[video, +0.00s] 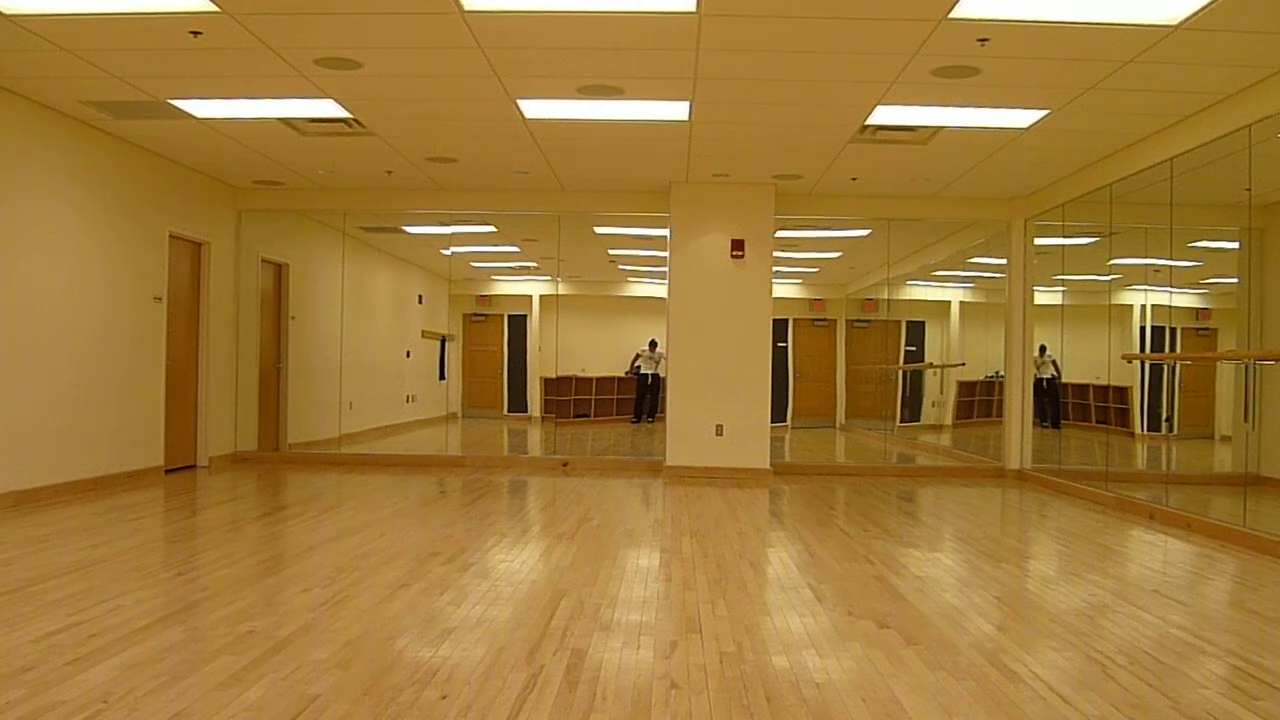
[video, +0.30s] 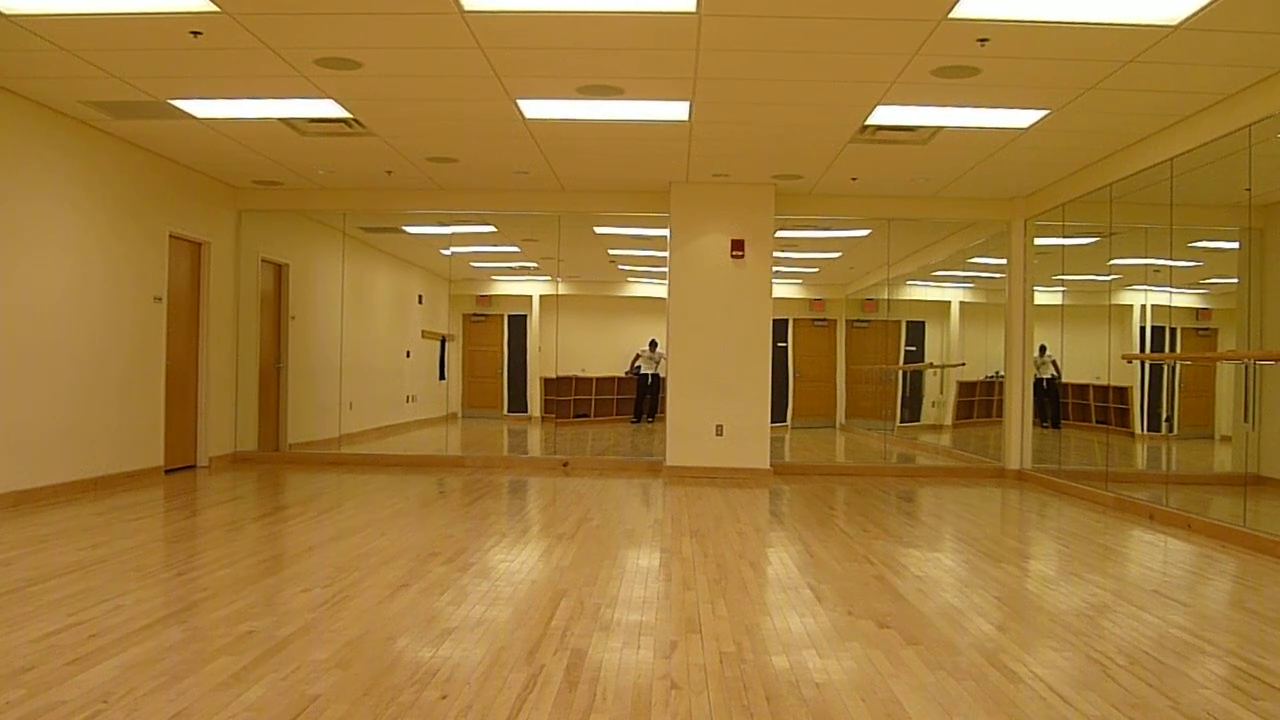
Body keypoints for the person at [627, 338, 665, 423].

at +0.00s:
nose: (652, 351)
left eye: (654, 349)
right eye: (651, 349)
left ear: (656, 348)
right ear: (648, 347)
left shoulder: (660, 354)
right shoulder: (642, 352)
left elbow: (668, 361)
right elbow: (634, 359)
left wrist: (668, 373)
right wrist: (631, 369)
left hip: (654, 373)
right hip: (643, 373)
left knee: (654, 396)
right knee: (640, 395)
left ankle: (651, 416)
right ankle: (637, 416)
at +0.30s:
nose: (652, 351)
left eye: (654, 349)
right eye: (651, 349)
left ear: (656, 348)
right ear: (648, 347)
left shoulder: (660, 354)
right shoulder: (642, 352)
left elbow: (668, 361)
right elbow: (634, 360)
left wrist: (667, 373)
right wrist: (631, 370)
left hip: (654, 373)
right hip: (643, 373)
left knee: (654, 396)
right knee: (640, 395)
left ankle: (651, 416)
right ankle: (637, 416)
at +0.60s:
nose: (652, 350)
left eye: (653, 349)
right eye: (650, 348)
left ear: (656, 348)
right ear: (648, 347)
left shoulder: (660, 354)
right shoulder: (642, 352)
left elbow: (668, 361)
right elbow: (634, 360)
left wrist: (667, 373)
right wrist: (631, 369)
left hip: (654, 374)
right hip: (643, 373)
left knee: (654, 396)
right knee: (640, 395)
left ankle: (651, 416)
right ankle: (637, 416)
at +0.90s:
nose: (652, 350)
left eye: (653, 348)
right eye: (650, 348)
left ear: (656, 348)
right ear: (648, 347)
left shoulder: (660, 354)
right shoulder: (642, 352)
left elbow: (668, 361)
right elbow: (634, 360)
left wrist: (667, 373)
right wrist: (631, 370)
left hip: (654, 374)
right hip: (643, 373)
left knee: (654, 396)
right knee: (640, 395)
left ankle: (651, 416)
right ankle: (637, 416)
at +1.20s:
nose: (652, 350)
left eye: (653, 348)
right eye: (650, 348)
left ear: (656, 348)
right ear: (648, 346)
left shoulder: (660, 354)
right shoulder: (642, 352)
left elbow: (668, 361)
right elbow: (634, 360)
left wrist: (667, 374)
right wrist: (631, 370)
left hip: (654, 374)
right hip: (643, 373)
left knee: (654, 396)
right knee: (640, 395)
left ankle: (651, 416)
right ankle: (637, 416)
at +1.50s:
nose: (652, 350)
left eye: (654, 348)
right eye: (651, 348)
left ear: (656, 348)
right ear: (648, 346)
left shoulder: (660, 354)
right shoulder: (642, 352)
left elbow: (668, 361)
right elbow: (634, 360)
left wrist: (667, 373)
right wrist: (631, 369)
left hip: (654, 374)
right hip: (643, 374)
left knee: (654, 396)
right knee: (640, 395)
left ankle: (651, 416)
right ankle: (637, 416)